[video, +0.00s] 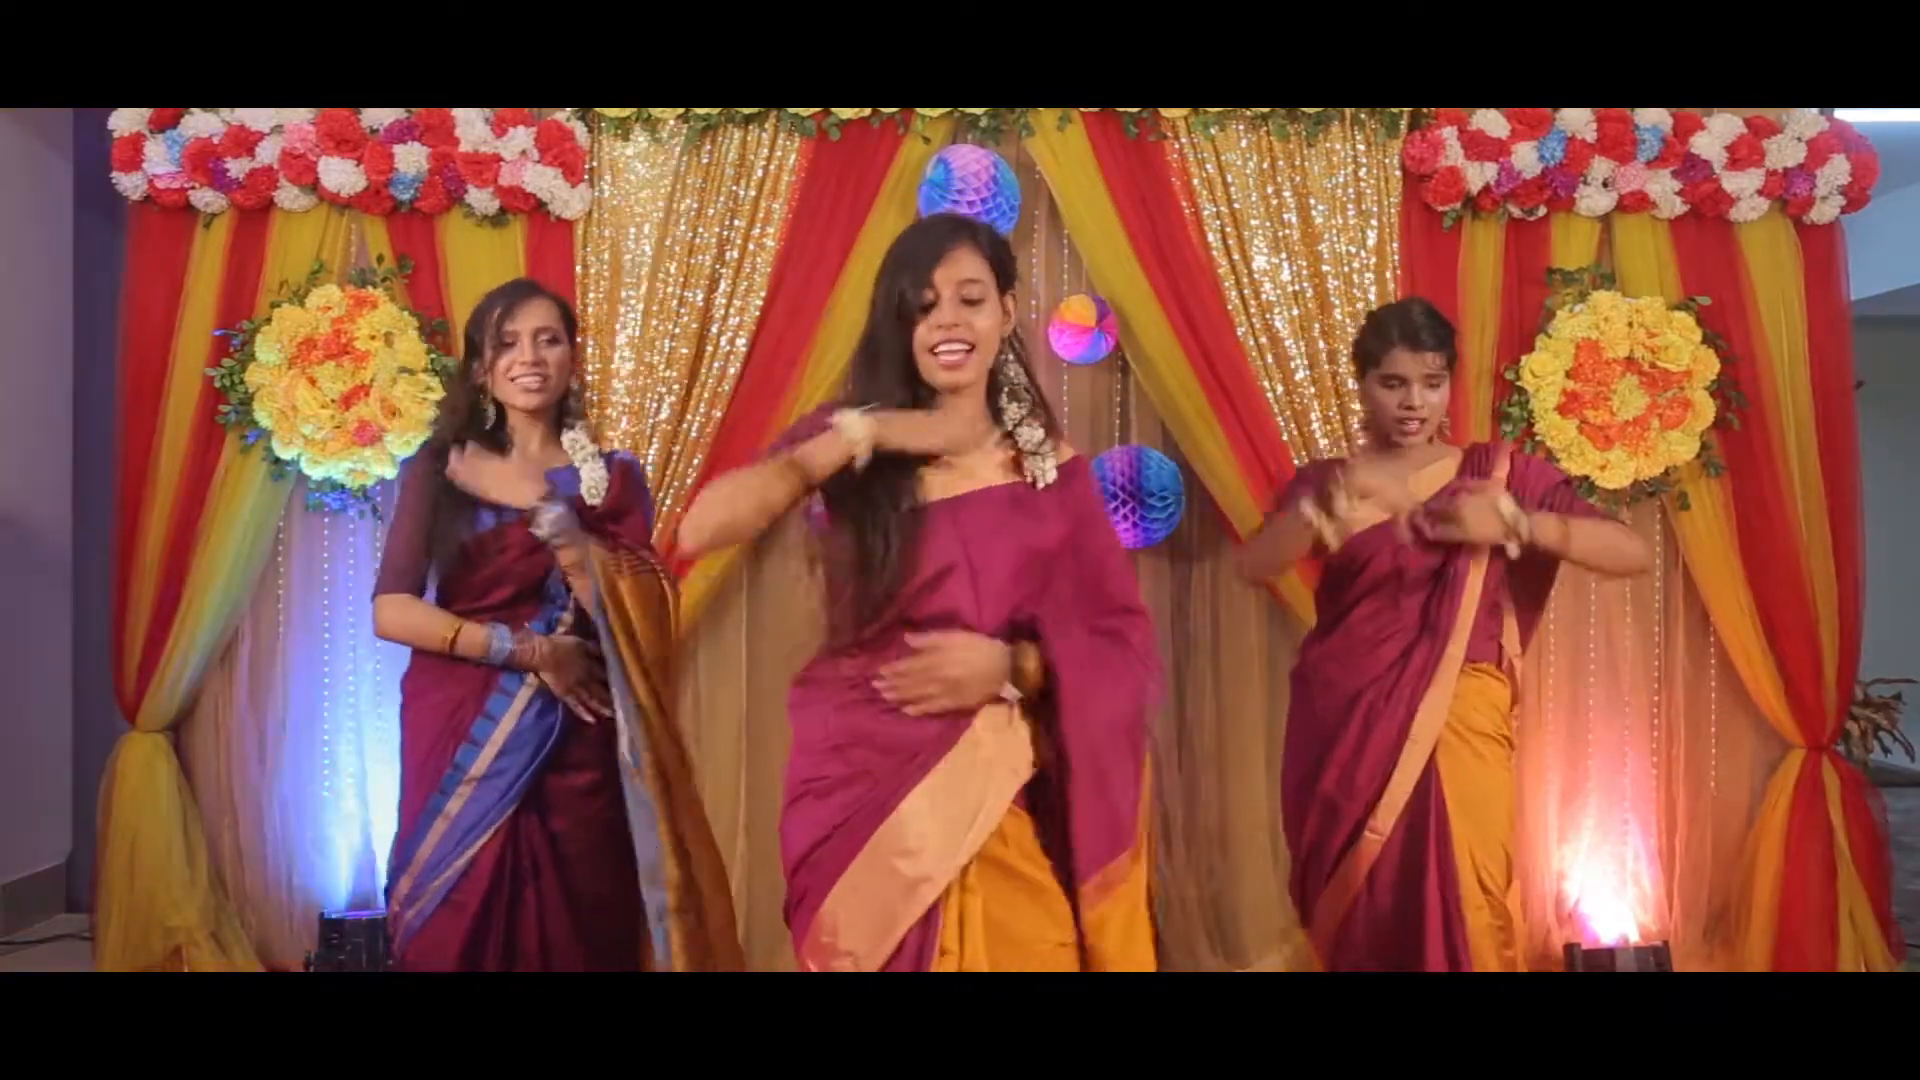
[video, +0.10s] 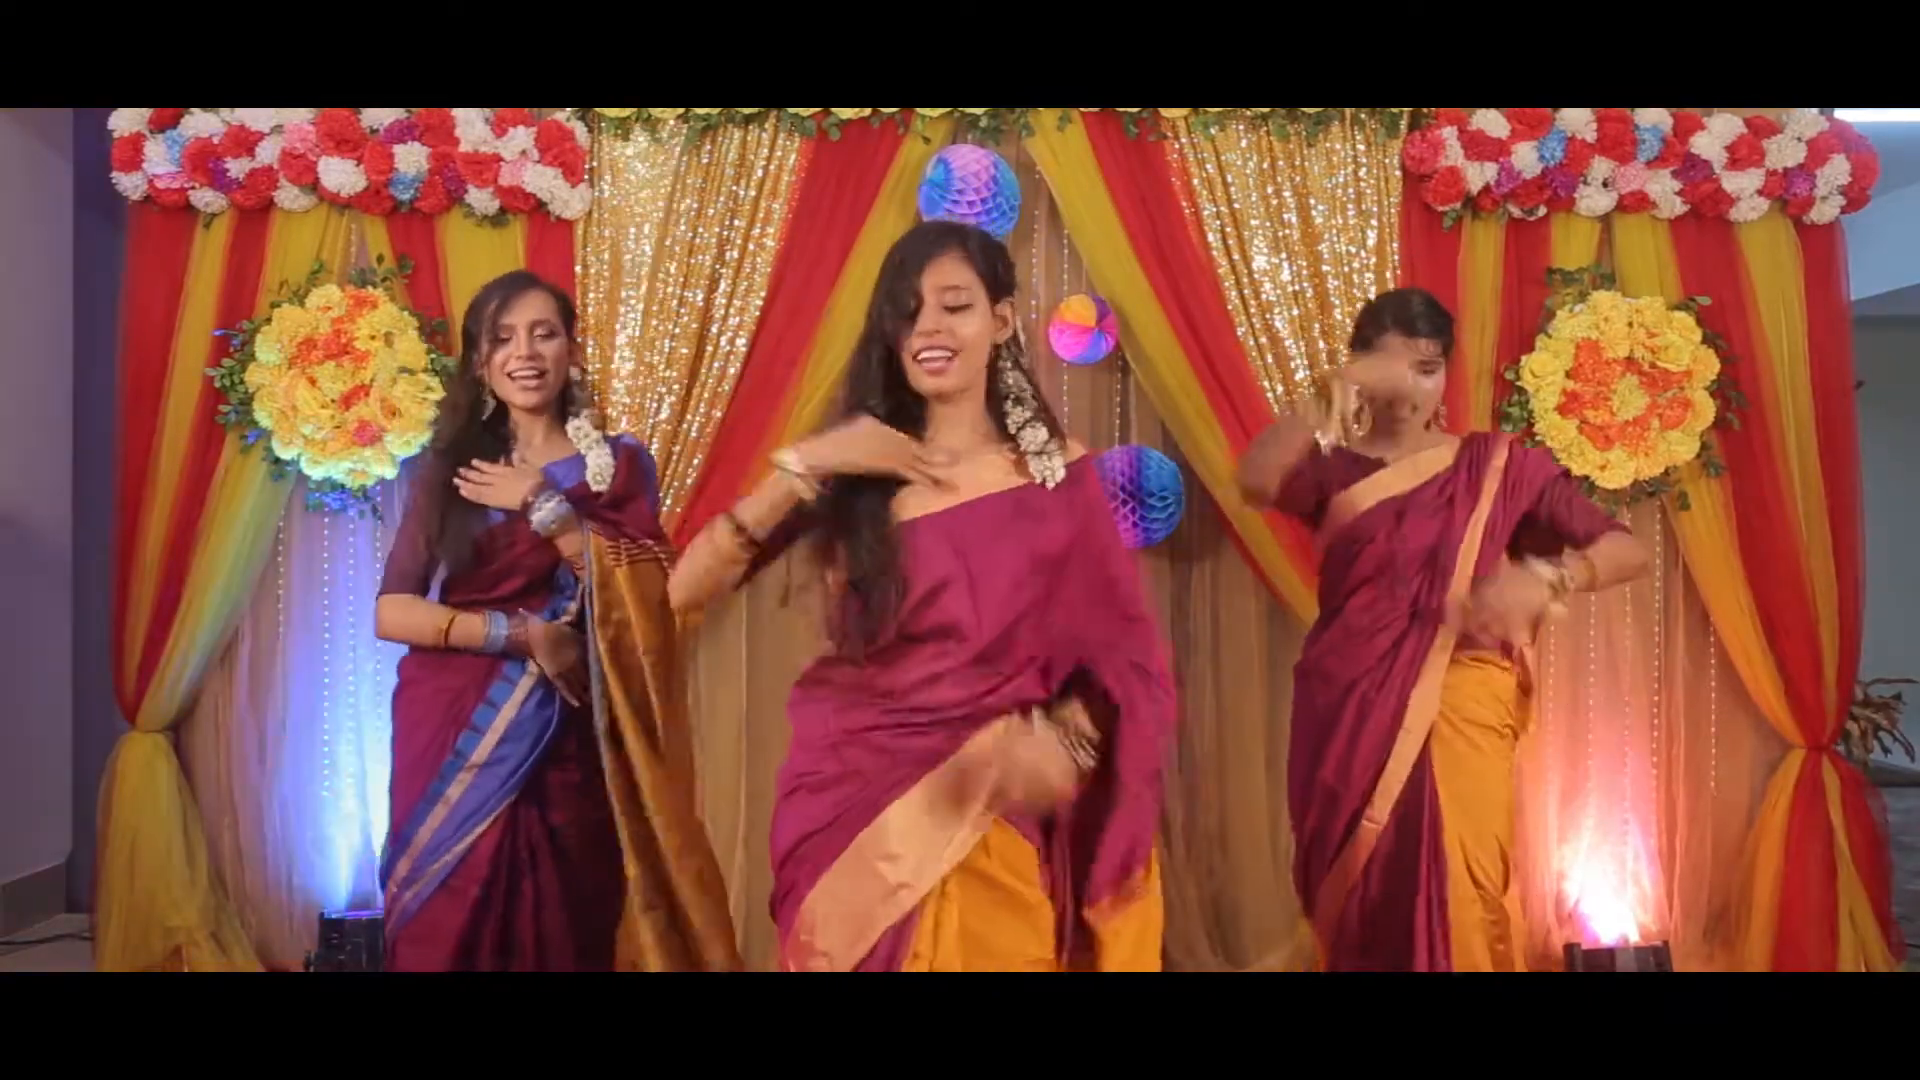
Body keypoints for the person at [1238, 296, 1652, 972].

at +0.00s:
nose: (1414, 402)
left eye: (1431, 382)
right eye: (1394, 383)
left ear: (1451, 383)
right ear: (1362, 387)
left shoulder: (1501, 471)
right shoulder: (1322, 483)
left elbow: (1632, 553)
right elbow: (1250, 566)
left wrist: (1517, 523)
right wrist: (1311, 517)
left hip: (1463, 716)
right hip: (1348, 720)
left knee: (1464, 907)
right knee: (1356, 912)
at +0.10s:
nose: (1402, 386)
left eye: (1425, 368)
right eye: (1386, 364)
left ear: (1446, 375)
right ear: (1351, 370)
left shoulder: (1498, 461)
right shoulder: (1332, 469)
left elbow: (1627, 550)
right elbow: (1256, 481)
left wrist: (1542, 578)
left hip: (1461, 691)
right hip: (1347, 694)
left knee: (1455, 888)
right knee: (1347, 888)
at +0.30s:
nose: (1399, 322)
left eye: (1418, 308)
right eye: (1380, 306)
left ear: (1440, 332)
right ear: (1351, 327)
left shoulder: (1490, 432)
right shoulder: (1323, 436)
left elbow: (1578, 534)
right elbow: (1261, 318)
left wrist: (1592, 642)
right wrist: (1338, 223)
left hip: (1485, 682)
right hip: (1369, 695)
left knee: (1482, 900)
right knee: (1377, 903)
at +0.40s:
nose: (1400, 319)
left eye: (1419, 308)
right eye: (1380, 305)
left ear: (1441, 337)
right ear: (1349, 333)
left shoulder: (1491, 442)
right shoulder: (1326, 443)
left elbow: (1544, 583)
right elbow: (1259, 315)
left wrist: (1600, 679)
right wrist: (1345, 226)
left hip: (1496, 692)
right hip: (1378, 705)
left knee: (1485, 916)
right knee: (1384, 918)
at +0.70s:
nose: (1419, 337)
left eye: (1437, 321)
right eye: (1398, 321)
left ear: (1458, 338)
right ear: (1361, 340)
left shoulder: (1508, 444)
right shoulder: (1337, 444)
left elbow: (1541, 594)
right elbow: (1258, 465)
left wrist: (1593, 718)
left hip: (1497, 707)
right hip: (1376, 712)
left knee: (1494, 918)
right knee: (1388, 917)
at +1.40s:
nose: (1344, 435)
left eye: (1373, 427)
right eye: (1339, 420)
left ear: (1410, 464)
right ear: (1324, 437)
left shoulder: (1431, 559)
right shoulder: (1325, 567)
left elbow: (1513, 704)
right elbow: (1299, 717)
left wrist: (1583, 838)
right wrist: (1296, 620)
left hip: (1490, 833)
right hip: (1393, 833)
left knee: (1425, 957)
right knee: (1321, 960)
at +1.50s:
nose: (1351, 417)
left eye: (1377, 406)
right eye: (1344, 400)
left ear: (1417, 431)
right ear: (1329, 411)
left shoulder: (1451, 525)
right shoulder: (1330, 541)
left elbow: (1515, 672)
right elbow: (1290, 677)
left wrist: (1575, 812)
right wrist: (1292, 565)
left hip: (1491, 799)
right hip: (1395, 802)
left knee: (1448, 958)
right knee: (1365, 956)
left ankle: (1576, 959)